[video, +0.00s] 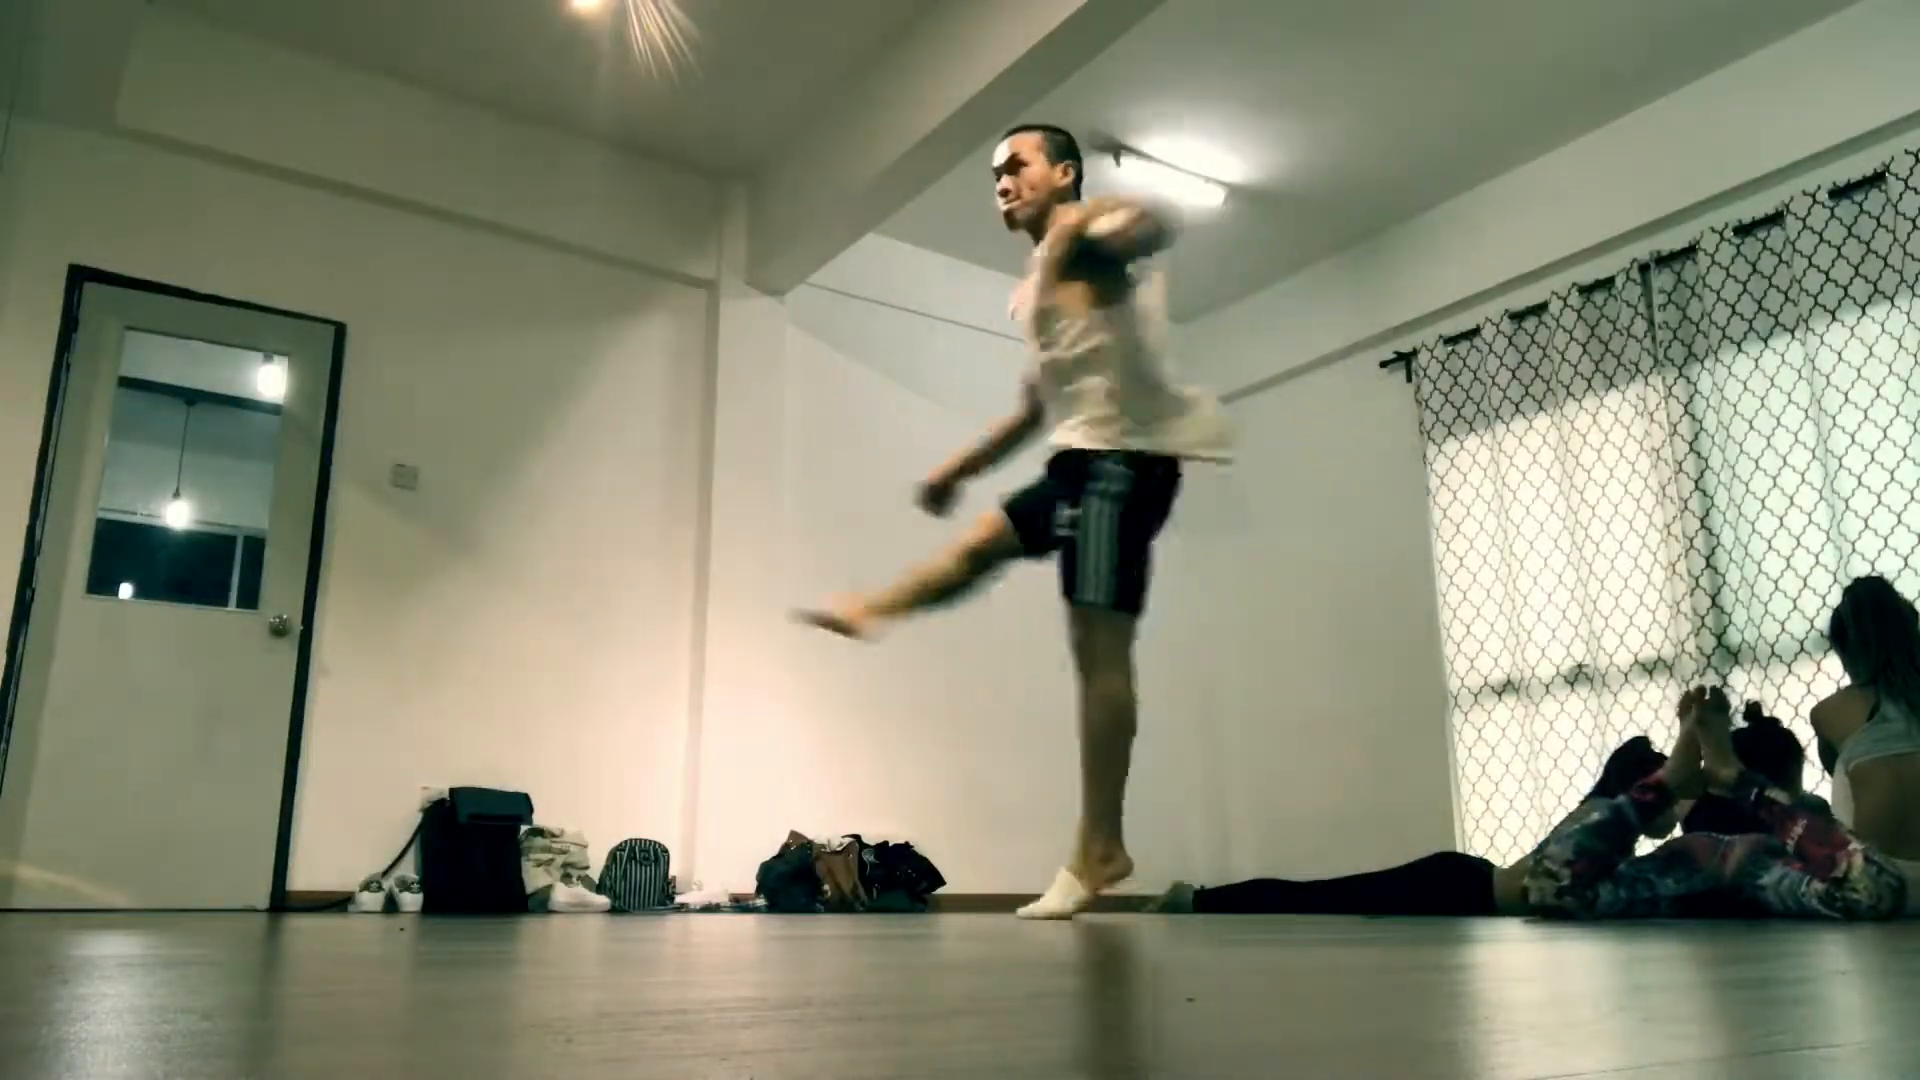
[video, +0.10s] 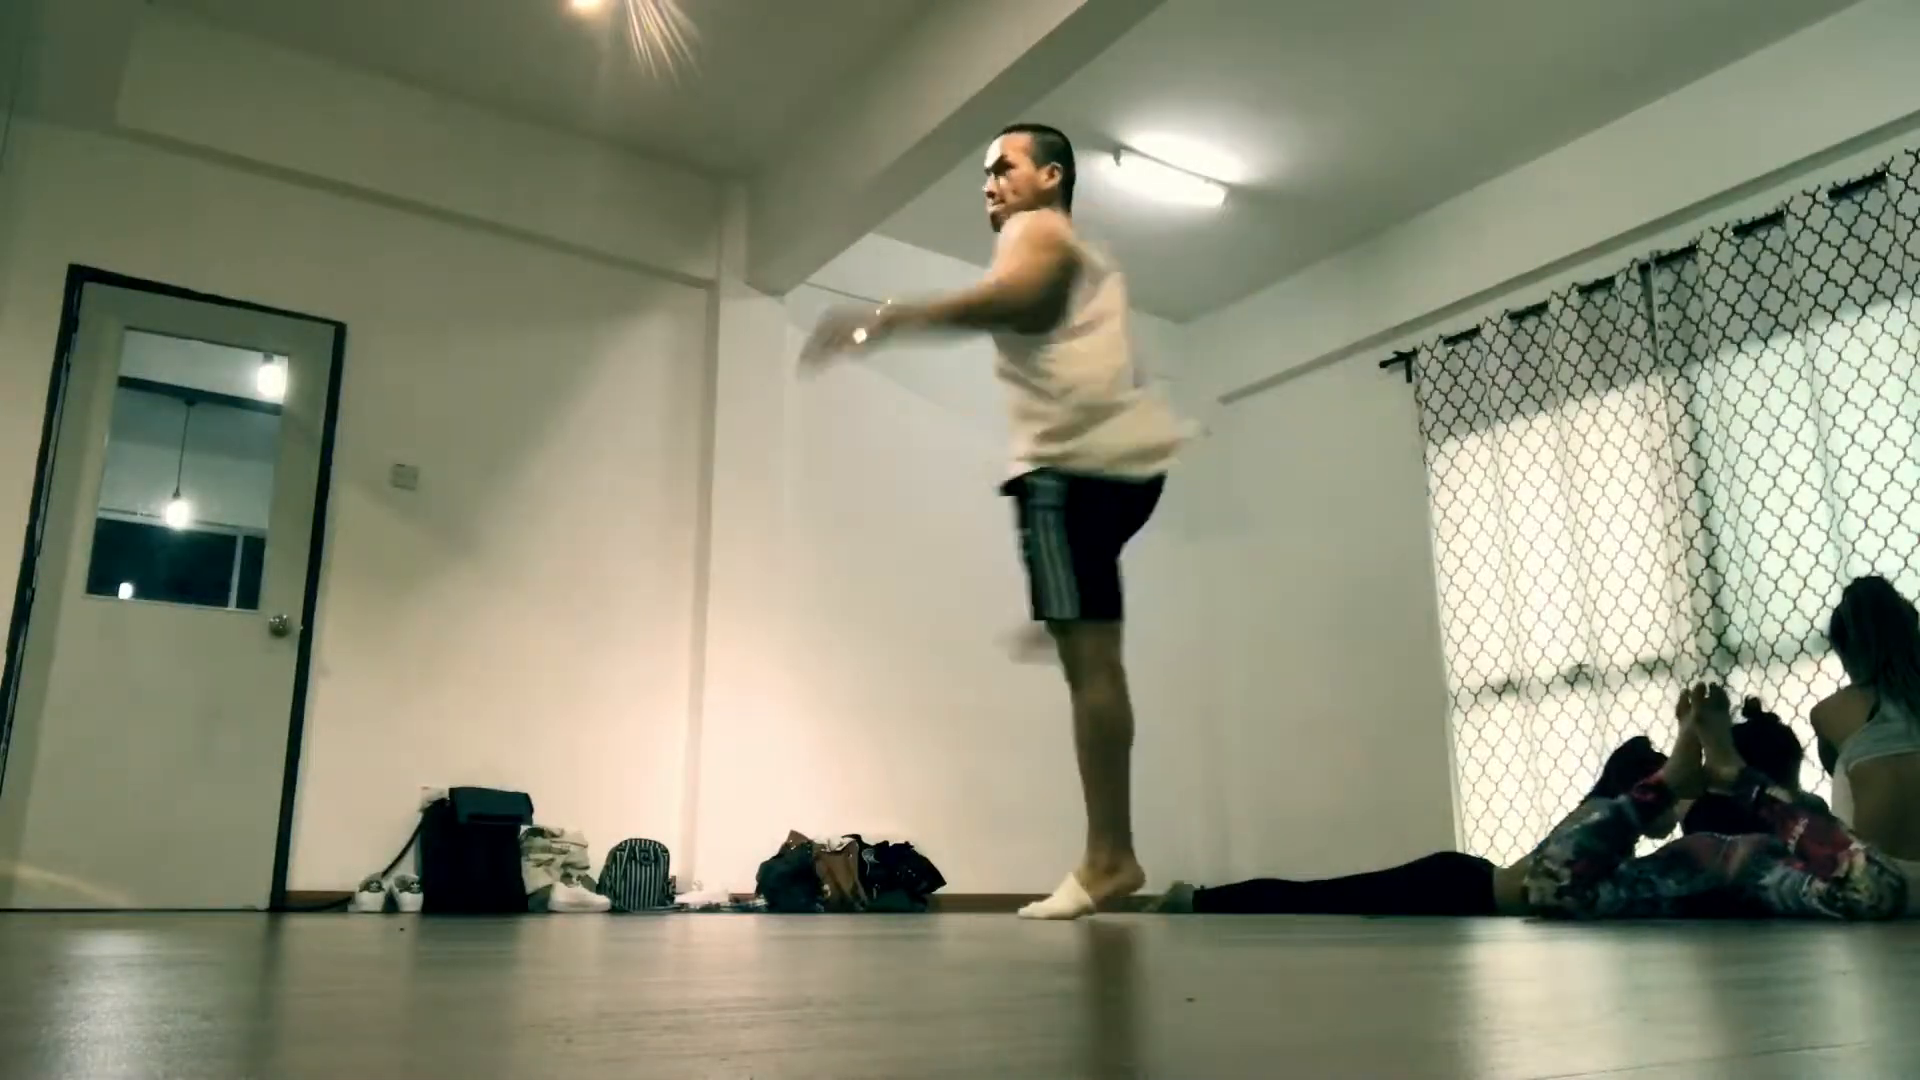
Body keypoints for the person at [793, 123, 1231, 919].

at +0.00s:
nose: (1001, 183)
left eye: (1017, 167)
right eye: (997, 174)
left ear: (1065, 173)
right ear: (1011, 194)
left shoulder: (1093, 224)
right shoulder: (1034, 287)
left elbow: (1157, 222)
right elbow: (1037, 406)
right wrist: (958, 470)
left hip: (1128, 458)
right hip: (1076, 460)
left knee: (1102, 659)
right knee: (982, 543)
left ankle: (1100, 852)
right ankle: (873, 609)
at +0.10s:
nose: (990, 182)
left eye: (1006, 167)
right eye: (989, 171)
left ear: (1055, 179)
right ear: (1051, 190)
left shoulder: (1037, 229)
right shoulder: (1076, 250)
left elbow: (1018, 294)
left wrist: (885, 318)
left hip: (1076, 471)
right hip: (1120, 468)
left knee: (1093, 668)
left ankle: (1108, 863)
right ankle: (1064, 624)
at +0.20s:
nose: (970, 172)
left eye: (983, 156)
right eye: (975, 156)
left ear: (1026, 166)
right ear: (1038, 172)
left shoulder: (971, 240)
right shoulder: (1095, 247)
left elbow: (927, 351)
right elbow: (1189, 335)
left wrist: (899, 395)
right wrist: (1156, 377)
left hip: (1017, 477)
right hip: (1108, 454)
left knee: (1059, 670)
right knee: (1165, 572)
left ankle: (1094, 849)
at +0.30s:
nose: (1042, 180)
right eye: (1046, 166)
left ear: (976, 178)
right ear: (1043, 168)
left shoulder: (938, 262)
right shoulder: (1058, 221)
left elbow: (937, 369)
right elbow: (1158, 259)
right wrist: (1146, 294)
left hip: (979, 468)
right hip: (1074, 432)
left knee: (1026, 657)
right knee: (1223, 546)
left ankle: (1058, 847)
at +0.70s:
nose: (983, 172)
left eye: (998, 156)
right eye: (977, 163)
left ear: (1050, 166)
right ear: (984, 184)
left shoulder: (1115, 238)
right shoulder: (977, 282)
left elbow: (1255, 233)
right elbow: (870, 332)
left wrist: (1381, 215)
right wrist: (764, 353)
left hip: (1072, 485)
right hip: (990, 451)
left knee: (1043, 679)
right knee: (847, 431)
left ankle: (1018, 878)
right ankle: (668, 403)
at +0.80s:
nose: (974, 131)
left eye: (989, 114)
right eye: (972, 121)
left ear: (1038, 122)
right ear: (987, 141)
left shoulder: (1085, 186)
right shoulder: (985, 250)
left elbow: (1212, 178)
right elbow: (938, 337)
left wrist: (1306, 122)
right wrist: (868, 378)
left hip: (1071, 437)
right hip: (993, 424)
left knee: (1038, 630)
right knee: (855, 456)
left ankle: (1037, 849)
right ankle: (672, 485)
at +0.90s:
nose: (961, 126)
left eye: (977, 110)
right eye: (961, 115)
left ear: (1030, 120)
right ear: (994, 129)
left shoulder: (1062, 177)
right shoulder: (996, 208)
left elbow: (1092, 188)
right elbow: (1023, 332)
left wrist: (1034, 186)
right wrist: (963, 394)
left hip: (1046, 428)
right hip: (998, 427)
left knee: (1036, 643)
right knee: (902, 502)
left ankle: (1044, 846)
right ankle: (804, 556)